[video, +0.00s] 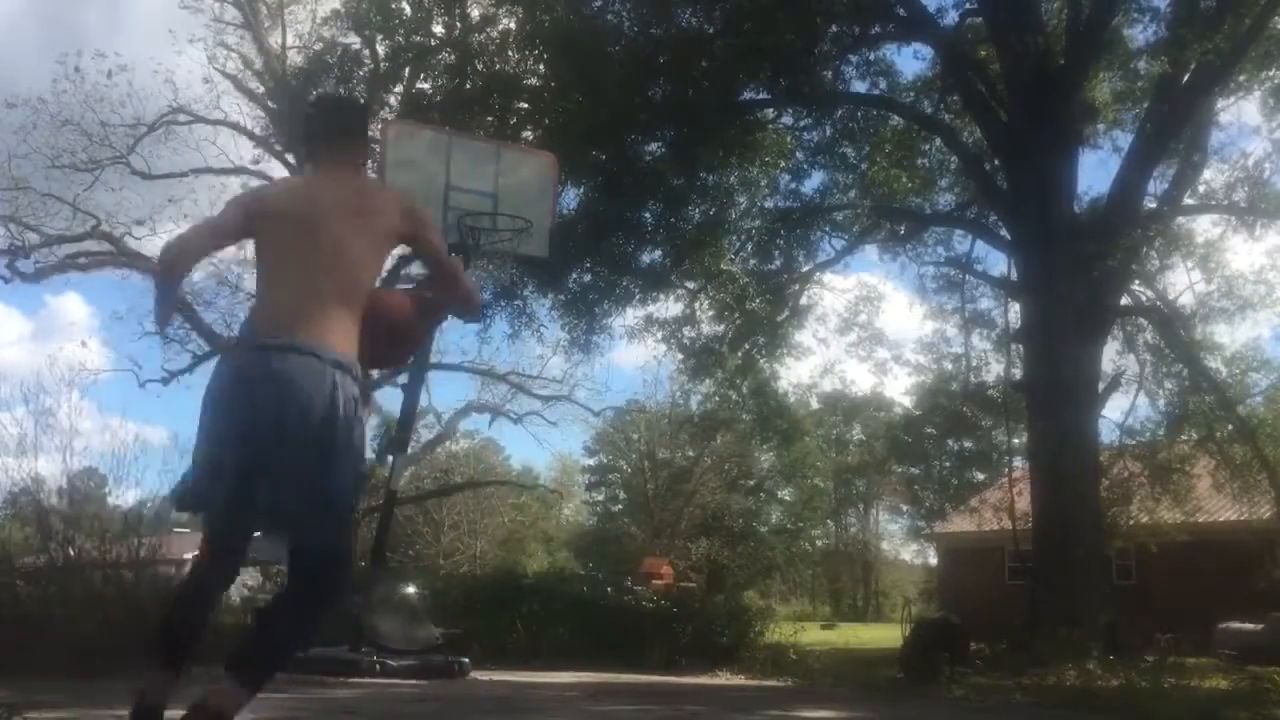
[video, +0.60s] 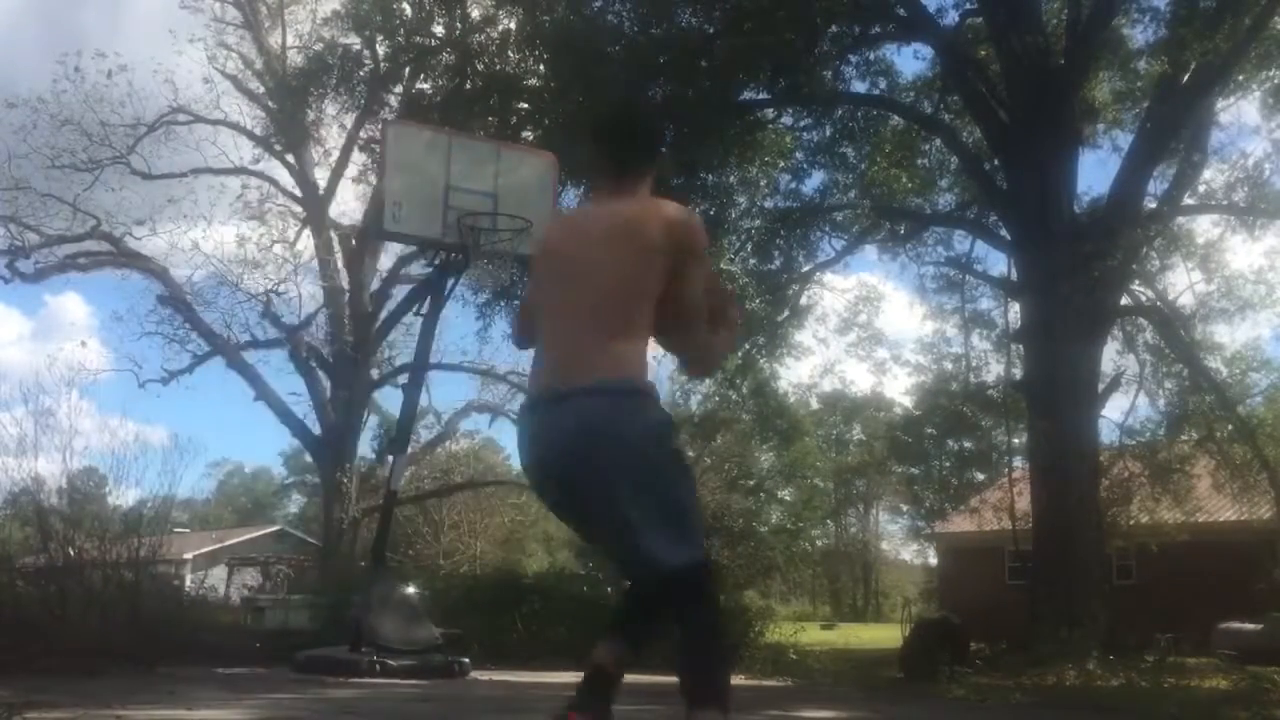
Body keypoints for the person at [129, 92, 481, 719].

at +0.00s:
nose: (373, 157)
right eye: (371, 148)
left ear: (307, 148)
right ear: (366, 148)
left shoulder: (268, 198)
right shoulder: (396, 204)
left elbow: (173, 257)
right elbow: (468, 302)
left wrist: (165, 301)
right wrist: (423, 301)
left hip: (244, 377)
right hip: (326, 387)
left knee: (218, 556)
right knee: (318, 577)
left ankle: (149, 699)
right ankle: (220, 707)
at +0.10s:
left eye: (344, 98)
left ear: (336, 103)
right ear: (394, 102)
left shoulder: (294, 163)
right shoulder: (427, 170)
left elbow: (231, 254)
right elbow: (479, 286)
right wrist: (443, 269)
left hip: (283, 343)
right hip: (365, 352)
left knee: (271, 534)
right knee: (357, 553)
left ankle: (197, 701)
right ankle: (276, 705)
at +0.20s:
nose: (384, 117)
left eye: (368, 105)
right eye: (414, 105)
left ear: (363, 104)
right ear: (422, 103)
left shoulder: (321, 169)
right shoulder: (454, 170)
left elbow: (294, 287)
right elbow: (479, 292)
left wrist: (353, 252)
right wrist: (430, 263)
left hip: (317, 356)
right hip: (404, 357)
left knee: (300, 547)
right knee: (437, 548)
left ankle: (196, 701)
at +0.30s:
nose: (416, 132)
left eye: (410, 121)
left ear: (404, 127)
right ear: (465, 125)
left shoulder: (363, 211)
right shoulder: (501, 204)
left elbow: (350, 314)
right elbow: (497, 325)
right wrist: (434, 288)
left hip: (362, 394)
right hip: (450, 397)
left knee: (305, 589)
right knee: (528, 565)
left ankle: (208, 708)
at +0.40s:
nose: (539, 151)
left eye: (485, 143)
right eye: (539, 142)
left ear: (477, 146)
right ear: (536, 142)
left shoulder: (440, 215)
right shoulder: (565, 206)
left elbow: (386, 323)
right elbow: (561, 315)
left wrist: (454, 341)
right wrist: (566, 392)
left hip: (434, 400)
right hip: (518, 393)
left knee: (412, 601)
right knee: (604, 554)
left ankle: (290, 694)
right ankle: (671, 694)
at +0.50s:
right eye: (627, 174)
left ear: (554, 172)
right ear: (617, 168)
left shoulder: (515, 232)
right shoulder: (636, 217)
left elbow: (453, 354)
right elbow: (628, 326)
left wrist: (523, 375)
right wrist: (646, 398)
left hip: (502, 415)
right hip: (586, 405)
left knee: (562, 603)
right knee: (663, 573)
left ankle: (440, 677)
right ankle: (699, 706)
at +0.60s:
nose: (654, 167)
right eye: (655, 156)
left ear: (592, 160)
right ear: (656, 159)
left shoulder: (554, 232)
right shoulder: (674, 223)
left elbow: (526, 330)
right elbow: (698, 355)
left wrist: (591, 293)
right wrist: (728, 324)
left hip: (544, 429)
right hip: (623, 421)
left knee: (649, 573)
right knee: (689, 576)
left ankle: (592, 696)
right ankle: (705, 706)